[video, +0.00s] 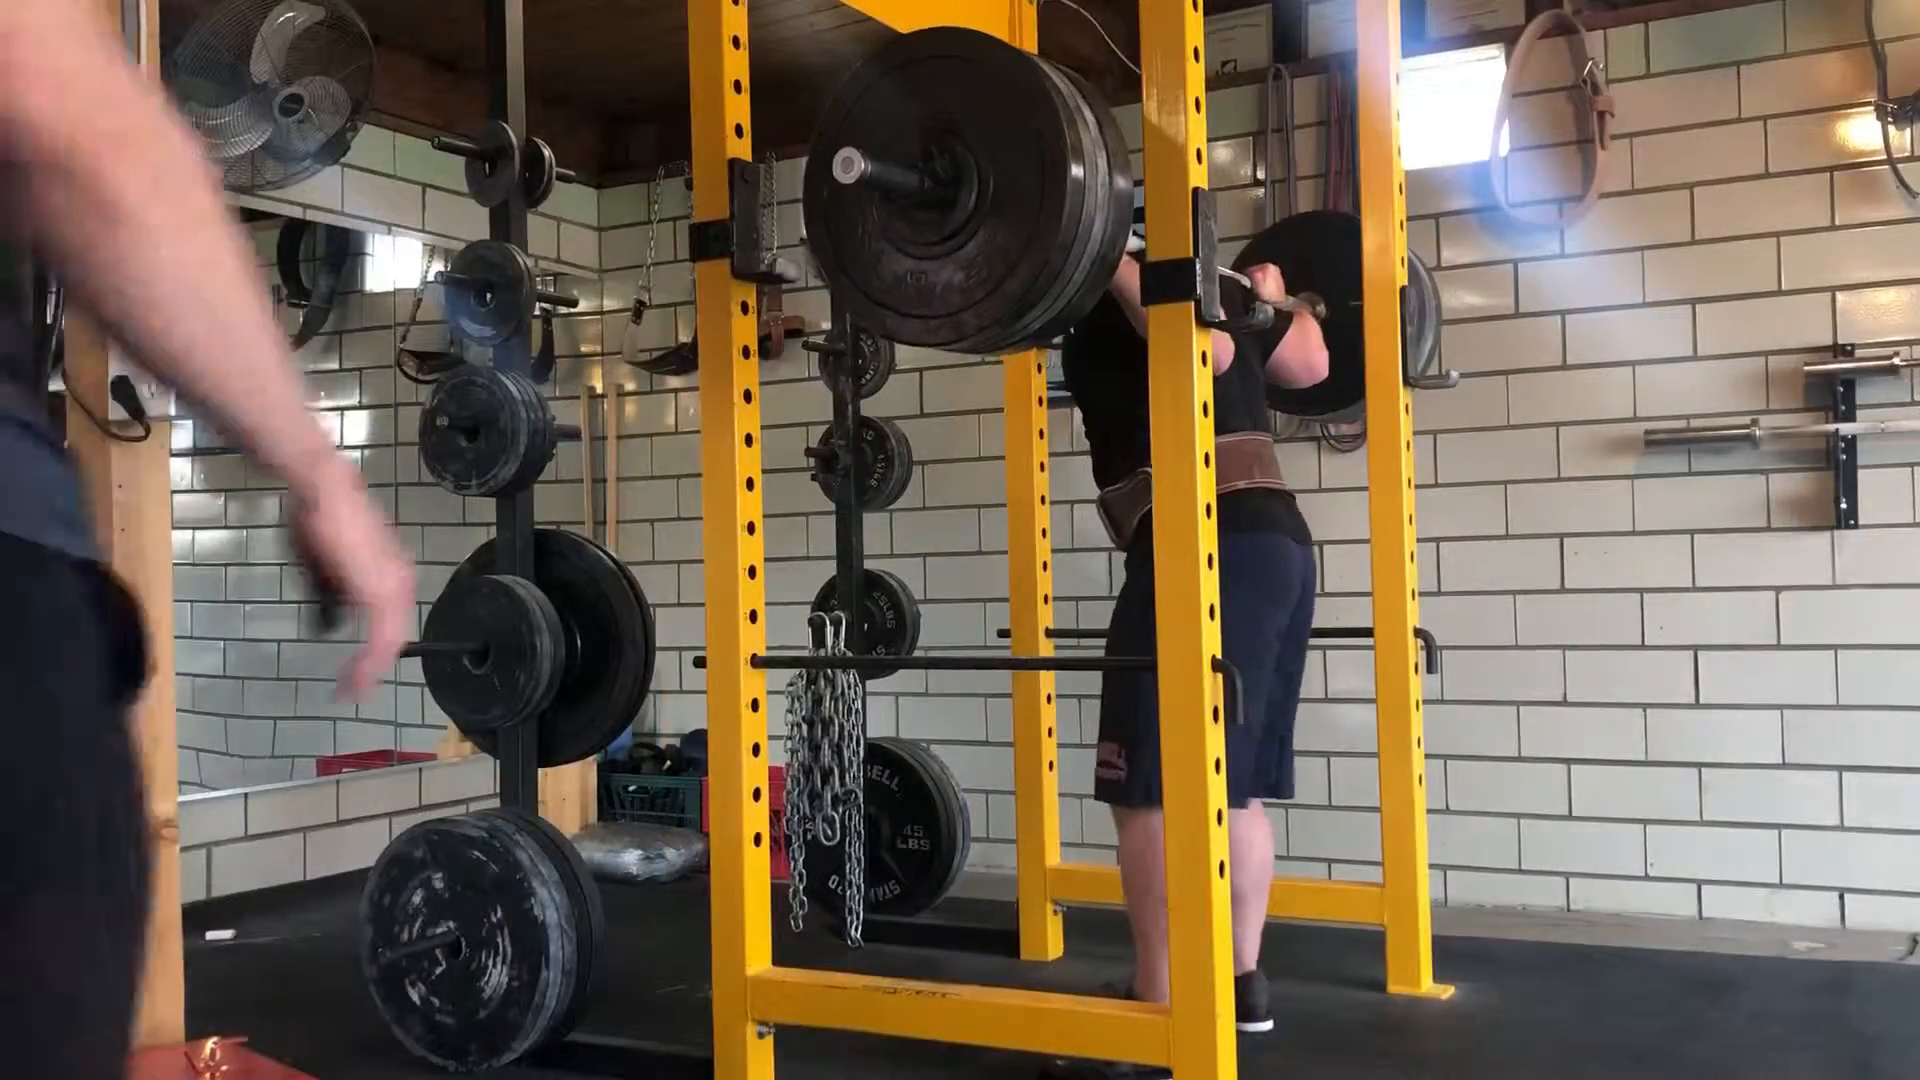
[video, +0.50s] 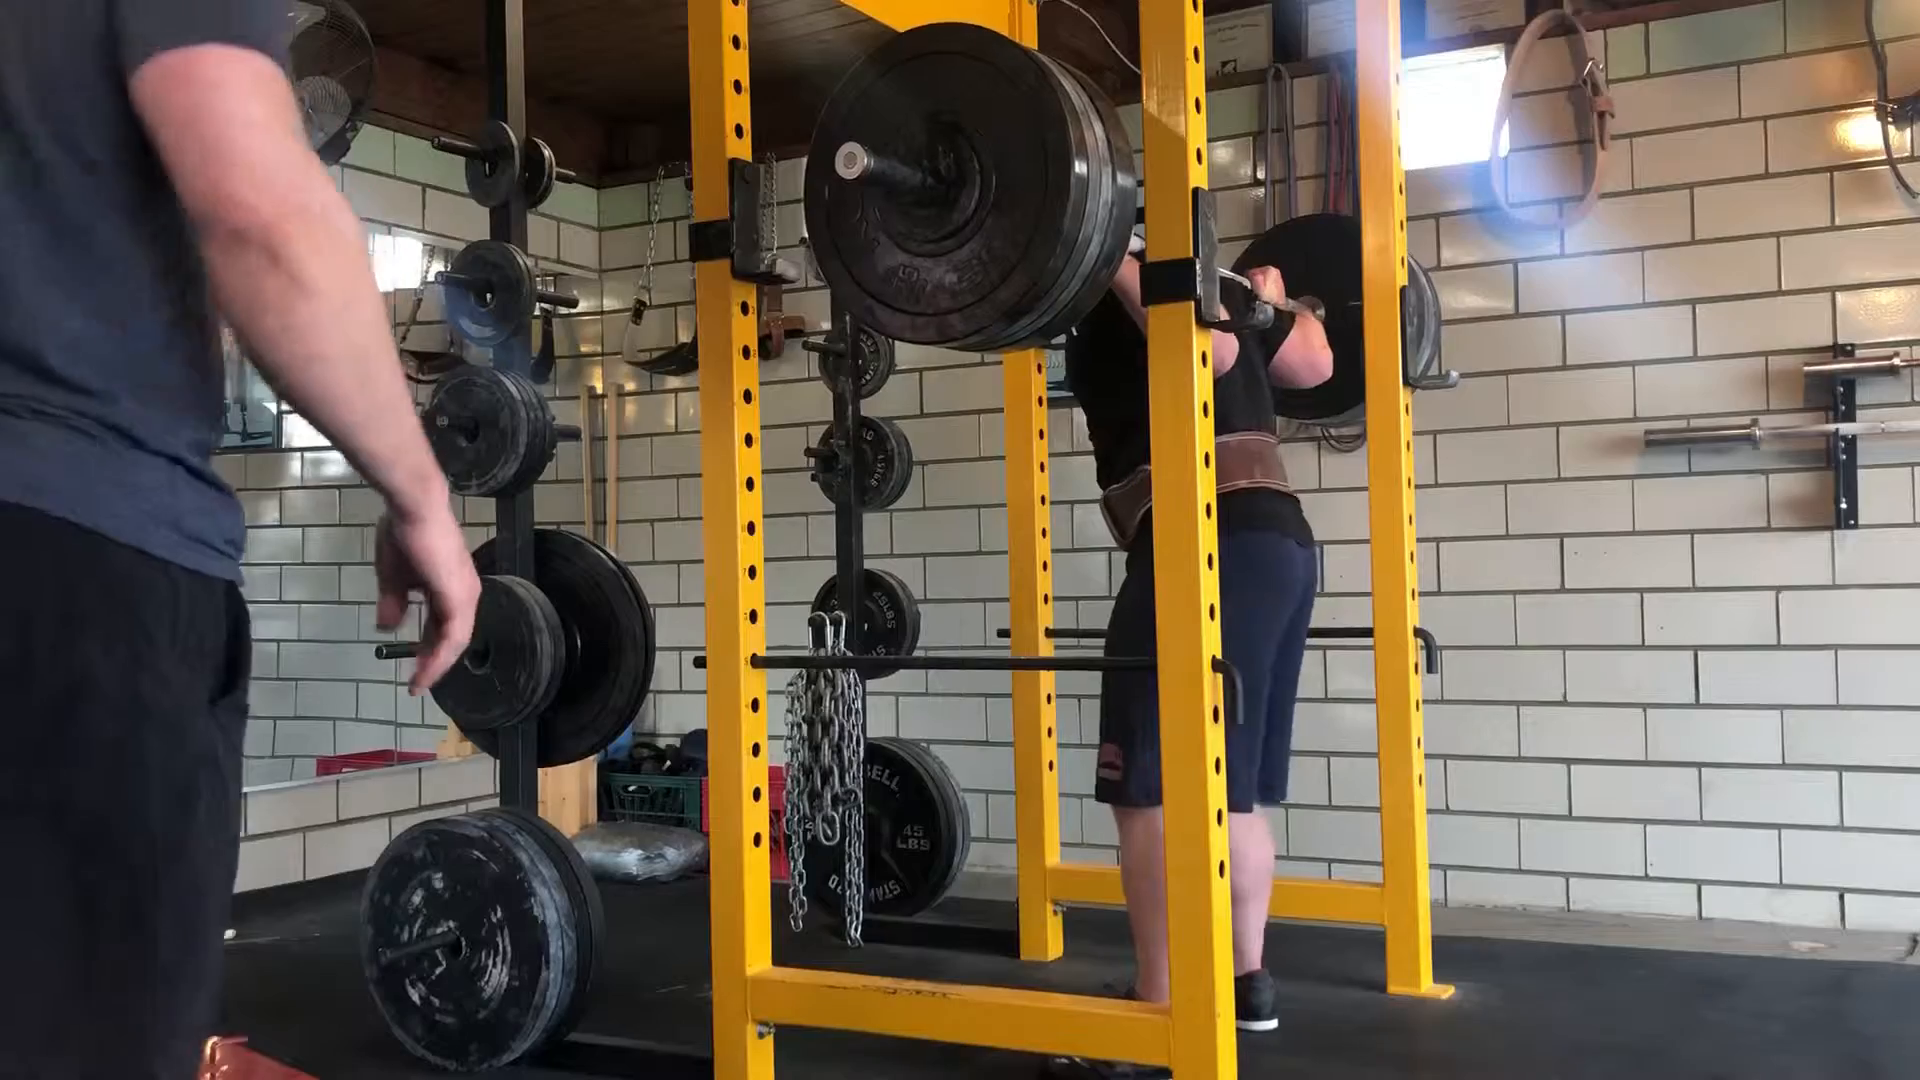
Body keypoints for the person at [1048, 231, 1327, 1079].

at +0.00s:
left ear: (1093, 238)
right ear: (1159, 226)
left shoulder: (1113, 289)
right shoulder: (1221, 286)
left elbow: (1206, 355)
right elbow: (1312, 361)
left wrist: (1124, 273)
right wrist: (1274, 297)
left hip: (1192, 537)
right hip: (1275, 540)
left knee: (1138, 777)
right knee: (1245, 778)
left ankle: (1159, 1000)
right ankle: (1244, 983)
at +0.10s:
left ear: (1109, 241)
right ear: (1187, 225)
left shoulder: (1113, 298)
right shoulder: (1230, 288)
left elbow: (1209, 352)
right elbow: (1315, 359)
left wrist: (1124, 266)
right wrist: (1275, 297)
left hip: (1201, 542)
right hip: (1282, 541)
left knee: (1145, 776)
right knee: (1251, 779)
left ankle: (1161, 998)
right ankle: (1245, 984)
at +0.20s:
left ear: (1109, 231)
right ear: (1182, 216)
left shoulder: (1124, 284)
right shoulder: (1229, 285)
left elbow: (1216, 348)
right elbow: (1317, 357)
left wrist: (1123, 260)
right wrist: (1277, 295)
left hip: (1206, 538)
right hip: (1281, 539)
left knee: (1145, 769)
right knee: (1252, 776)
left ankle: (1161, 994)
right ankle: (1245, 985)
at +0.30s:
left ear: (1109, 250)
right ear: (1185, 233)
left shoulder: (1113, 304)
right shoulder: (1230, 289)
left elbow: (1214, 351)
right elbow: (1316, 358)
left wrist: (1130, 273)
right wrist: (1274, 295)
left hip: (1198, 538)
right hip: (1279, 538)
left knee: (1141, 770)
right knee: (1249, 776)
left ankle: (1159, 1000)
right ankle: (1245, 986)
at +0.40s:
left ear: (1096, 247)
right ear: (1163, 231)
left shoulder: (1107, 308)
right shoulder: (1225, 291)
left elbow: (1213, 353)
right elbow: (1311, 363)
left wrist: (1134, 272)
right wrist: (1274, 298)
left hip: (1196, 536)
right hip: (1279, 539)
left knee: (1141, 776)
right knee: (1243, 776)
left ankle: (1158, 1001)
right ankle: (1243, 978)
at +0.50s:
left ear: (1105, 240)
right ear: (1174, 230)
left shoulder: (1116, 295)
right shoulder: (1229, 293)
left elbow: (1214, 355)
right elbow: (1314, 363)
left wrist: (1135, 279)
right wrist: (1276, 299)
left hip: (1194, 535)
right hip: (1278, 539)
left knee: (1138, 775)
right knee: (1246, 777)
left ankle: (1158, 1002)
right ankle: (1249, 983)